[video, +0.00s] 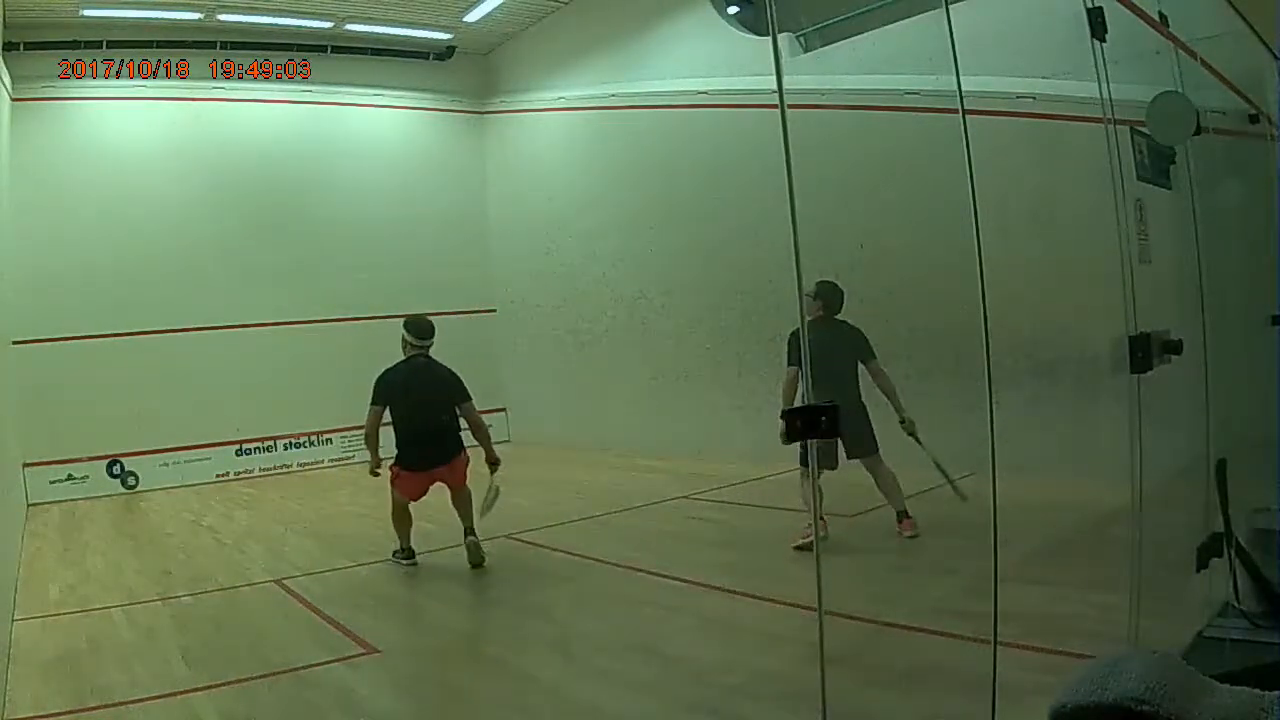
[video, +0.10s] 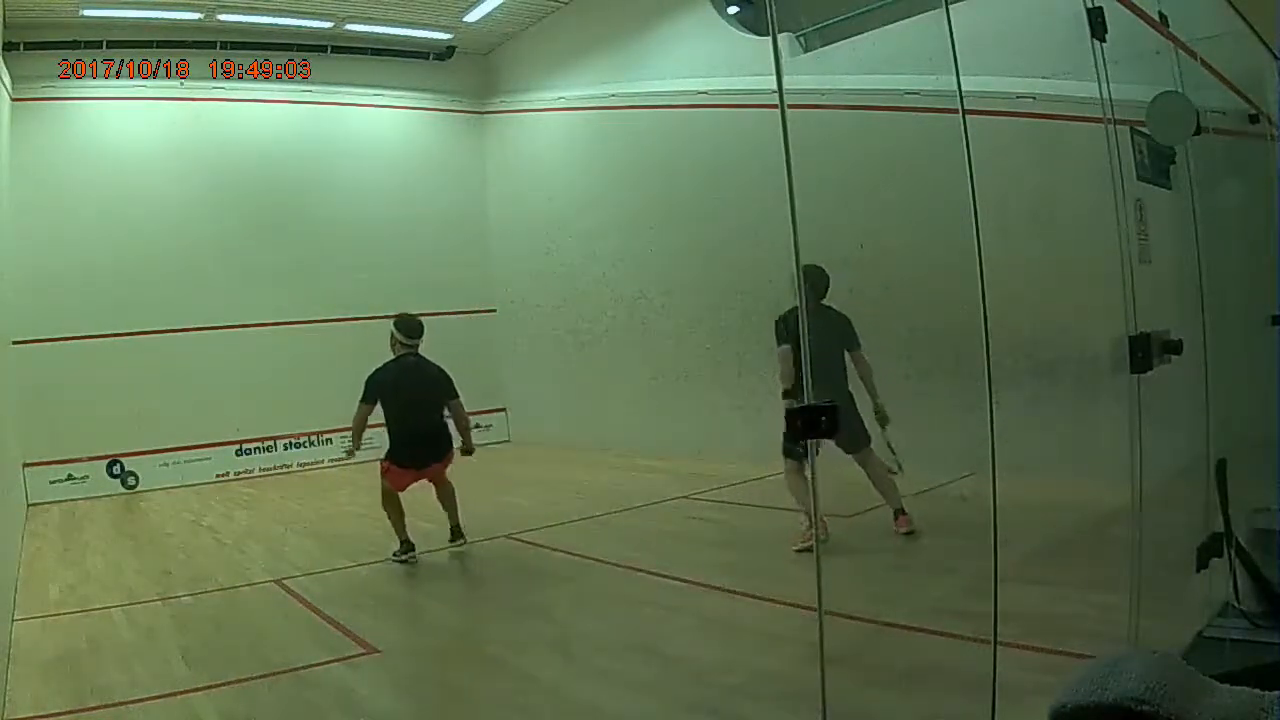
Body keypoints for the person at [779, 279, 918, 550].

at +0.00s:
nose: (805, 303)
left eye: (809, 299)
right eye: (807, 298)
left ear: (819, 304)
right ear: (835, 306)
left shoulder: (799, 336)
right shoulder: (852, 333)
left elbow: (792, 378)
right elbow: (877, 374)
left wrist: (786, 418)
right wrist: (902, 414)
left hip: (816, 418)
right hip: (852, 413)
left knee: (808, 474)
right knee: (875, 465)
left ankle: (816, 525)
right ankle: (905, 519)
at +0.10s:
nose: (799, 291)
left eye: (799, 285)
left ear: (800, 288)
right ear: (825, 289)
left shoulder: (786, 321)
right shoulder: (839, 319)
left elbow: (786, 360)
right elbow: (860, 364)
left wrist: (788, 394)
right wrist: (877, 403)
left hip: (802, 412)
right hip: (839, 408)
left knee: (794, 470)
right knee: (868, 459)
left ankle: (814, 524)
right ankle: (901, 515)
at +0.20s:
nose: (774, 267)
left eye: (778, 263)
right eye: (776, 262)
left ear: (788, 269)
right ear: (804, 271)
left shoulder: (770, 300)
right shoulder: (821, 303)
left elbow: (776, 333)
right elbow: (837, 348)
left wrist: (782, 373)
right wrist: (850, 388)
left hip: (787, 396)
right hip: (824, 393)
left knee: (784, 458)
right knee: (844, 450)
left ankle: (809, 520)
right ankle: (870, 510)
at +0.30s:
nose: (757, 261)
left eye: (762, 258)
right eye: (761, 257)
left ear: (773, 265)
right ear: (785, 267)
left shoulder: (758, 295)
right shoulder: (806, 300)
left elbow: (767, 332)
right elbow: (817, 345)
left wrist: (774, 374)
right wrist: (824, 384)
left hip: (780, 384)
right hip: (814, 383)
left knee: (770, 452)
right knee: (822, 448)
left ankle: (800, 511)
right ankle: (838, 515)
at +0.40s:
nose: (732, 277)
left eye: (737, 273)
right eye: (736, 272)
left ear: (748, 280)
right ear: (757, 282)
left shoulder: (749, 312)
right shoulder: (773, 309)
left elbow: (758, 357)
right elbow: (782, 356)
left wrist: (760, 403)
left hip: (766, 397)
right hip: (791, 394)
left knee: (736, 456)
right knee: (808, 461)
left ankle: (747, 526)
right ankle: (829, 528)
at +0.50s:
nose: (709, 289)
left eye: (713, 286)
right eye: (712, 285)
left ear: (724, 294)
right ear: (731, 296)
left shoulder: (730, 326)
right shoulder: (745, 322)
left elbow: (746, 370)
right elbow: (757, 367)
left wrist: (738, 415)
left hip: (749, 409)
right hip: (772, 407)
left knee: (708, 459)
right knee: (798, 468)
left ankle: (699, 529)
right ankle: (830, 528)